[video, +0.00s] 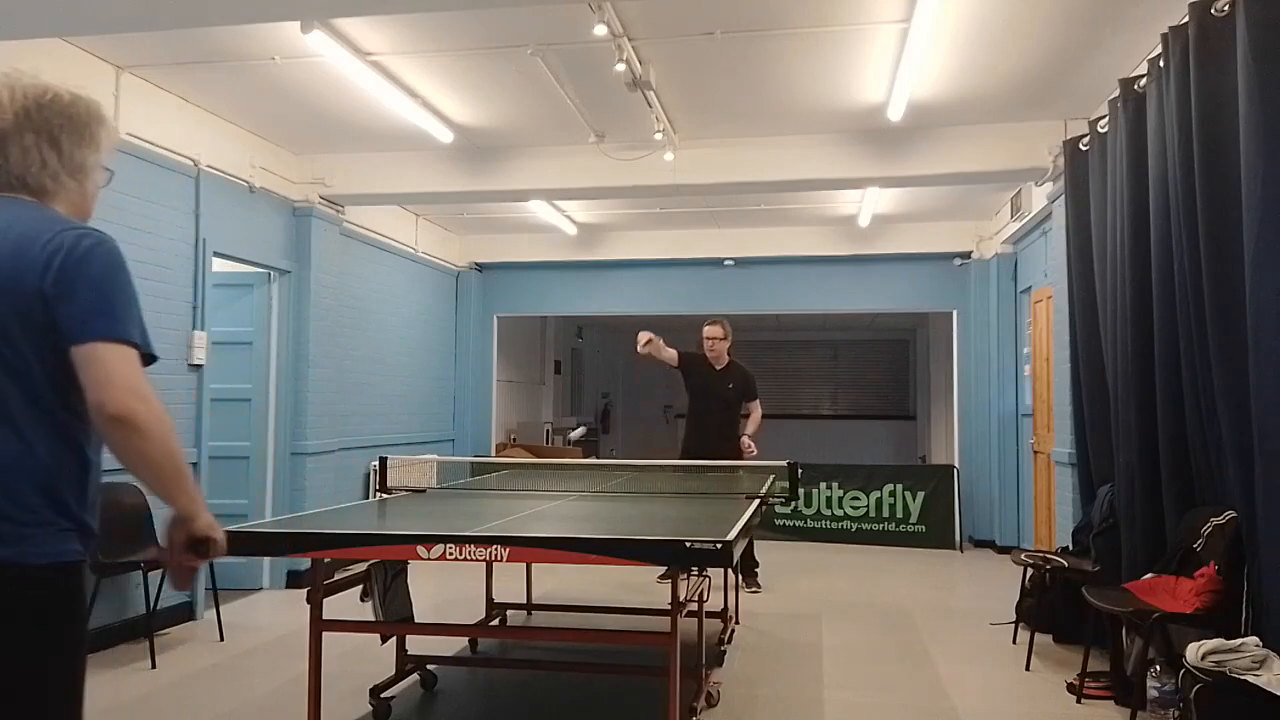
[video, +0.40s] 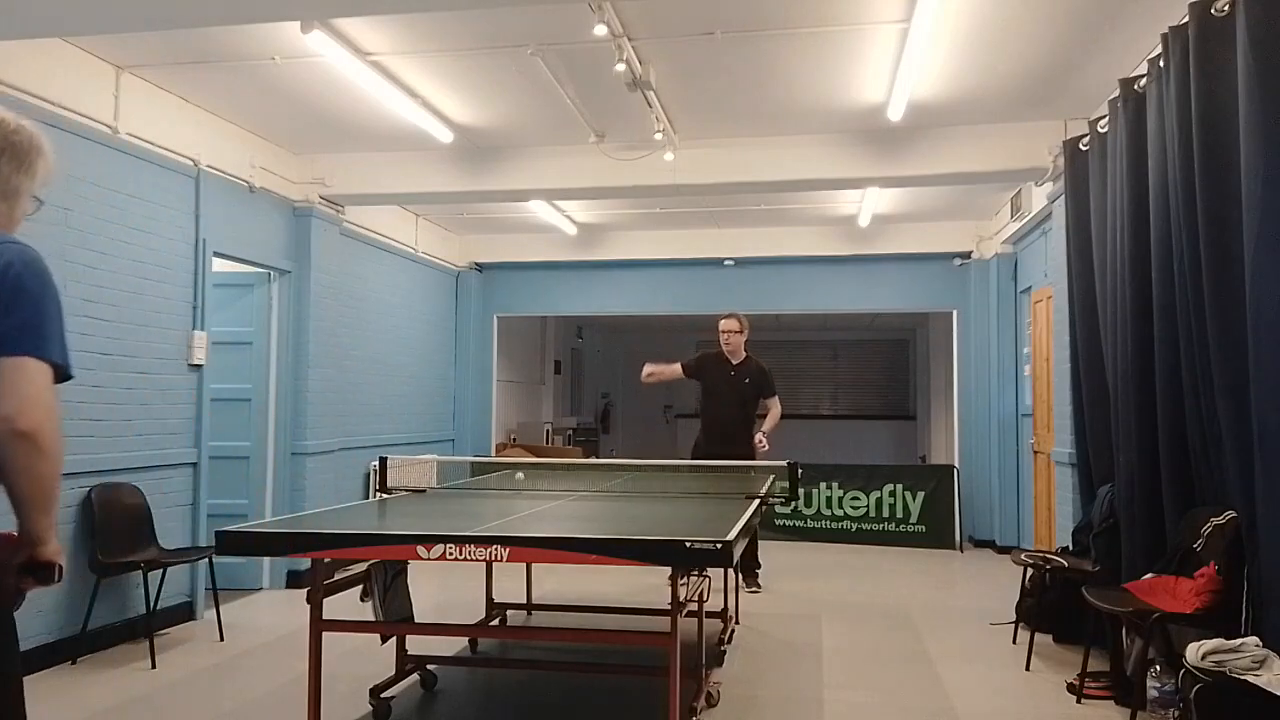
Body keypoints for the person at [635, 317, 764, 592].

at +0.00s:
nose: (710, 344)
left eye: (716, 339)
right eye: (706, 339)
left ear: (728, 342)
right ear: (702, 341)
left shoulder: (742, 375)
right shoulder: (692, 362)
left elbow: (755, 411)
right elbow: (663, 353)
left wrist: (747, 434)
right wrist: (650, 340)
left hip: (728, 456)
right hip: (692, 453)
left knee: (738, 513)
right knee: (678, 508)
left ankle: (748, 572)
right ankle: (677, 561)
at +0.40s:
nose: (726, 337)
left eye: (732, 333)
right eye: (723, 333)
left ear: (744, 335)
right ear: (718, 335)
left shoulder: (757, 370)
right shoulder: (707, 362)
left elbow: (775, 408)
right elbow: (674, 371)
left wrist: (763, 431)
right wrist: (652, 371)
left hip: (741, 456)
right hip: (706, 453)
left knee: (747, 515)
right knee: (693, 509)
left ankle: (749, 573)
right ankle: (685, 566)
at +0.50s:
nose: (724, 337)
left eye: (729, 333)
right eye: (720, 333)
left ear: (742, 335)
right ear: (716, 335)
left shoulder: (755, 370)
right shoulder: (705, 363)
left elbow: (772, 409)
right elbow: (677, 385)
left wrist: (759, 432)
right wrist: (656, 394)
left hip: (739, 455)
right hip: (703, 453)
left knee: (746, 515)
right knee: (686, 508)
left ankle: (749, 573)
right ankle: (678, 566)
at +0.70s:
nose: (703, 339)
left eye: (709, 334)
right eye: (700, 334)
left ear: (723, 337)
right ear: (697, 338)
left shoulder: (740, 371)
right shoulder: (691, 367)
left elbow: (757, 412)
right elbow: (683, 403)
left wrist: (736, 434)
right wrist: (672, 433)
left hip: (727, 458)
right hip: (692, 455)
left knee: (737, 515)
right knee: (675, 509)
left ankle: (749, 573)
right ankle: (665, 570)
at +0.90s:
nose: (669, 341)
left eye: (675, 336)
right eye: (666, 337)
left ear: (691, 337)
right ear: (663, 342)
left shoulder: (710, 372)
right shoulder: (665, 372)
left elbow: (729, 413)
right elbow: (660, 407)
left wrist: (702, 435)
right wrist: (652, 439)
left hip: (702, 460)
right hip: (668, 459)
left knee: (717, 516)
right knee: (661, 515)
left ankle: (743, 566)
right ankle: (662, 574)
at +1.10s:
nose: (641, 339)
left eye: (646, 333)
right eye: (637, 335)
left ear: (662, 334)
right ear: (636, 339)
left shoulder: (681, 367)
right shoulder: (640, 368)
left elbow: (698, 410)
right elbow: (635, 403)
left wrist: (667, 432)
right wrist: (624, 432)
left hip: (675, 459)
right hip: (645, 458)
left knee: (673, 516)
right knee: (648, 517)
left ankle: (677, 575)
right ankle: (657, 577)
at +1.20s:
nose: (628, 339)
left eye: (633, 333)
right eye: (624, 335)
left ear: (649, 334)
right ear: (622, 340)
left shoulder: (668, 367)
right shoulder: (629, 369)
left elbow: (681, 410)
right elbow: (624, 403)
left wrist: (649, 431)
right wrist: (611, 431)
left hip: (664, 459)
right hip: (637, 458)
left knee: (660, 518)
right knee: (644, 518)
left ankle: (647, 581)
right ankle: (657, 576)